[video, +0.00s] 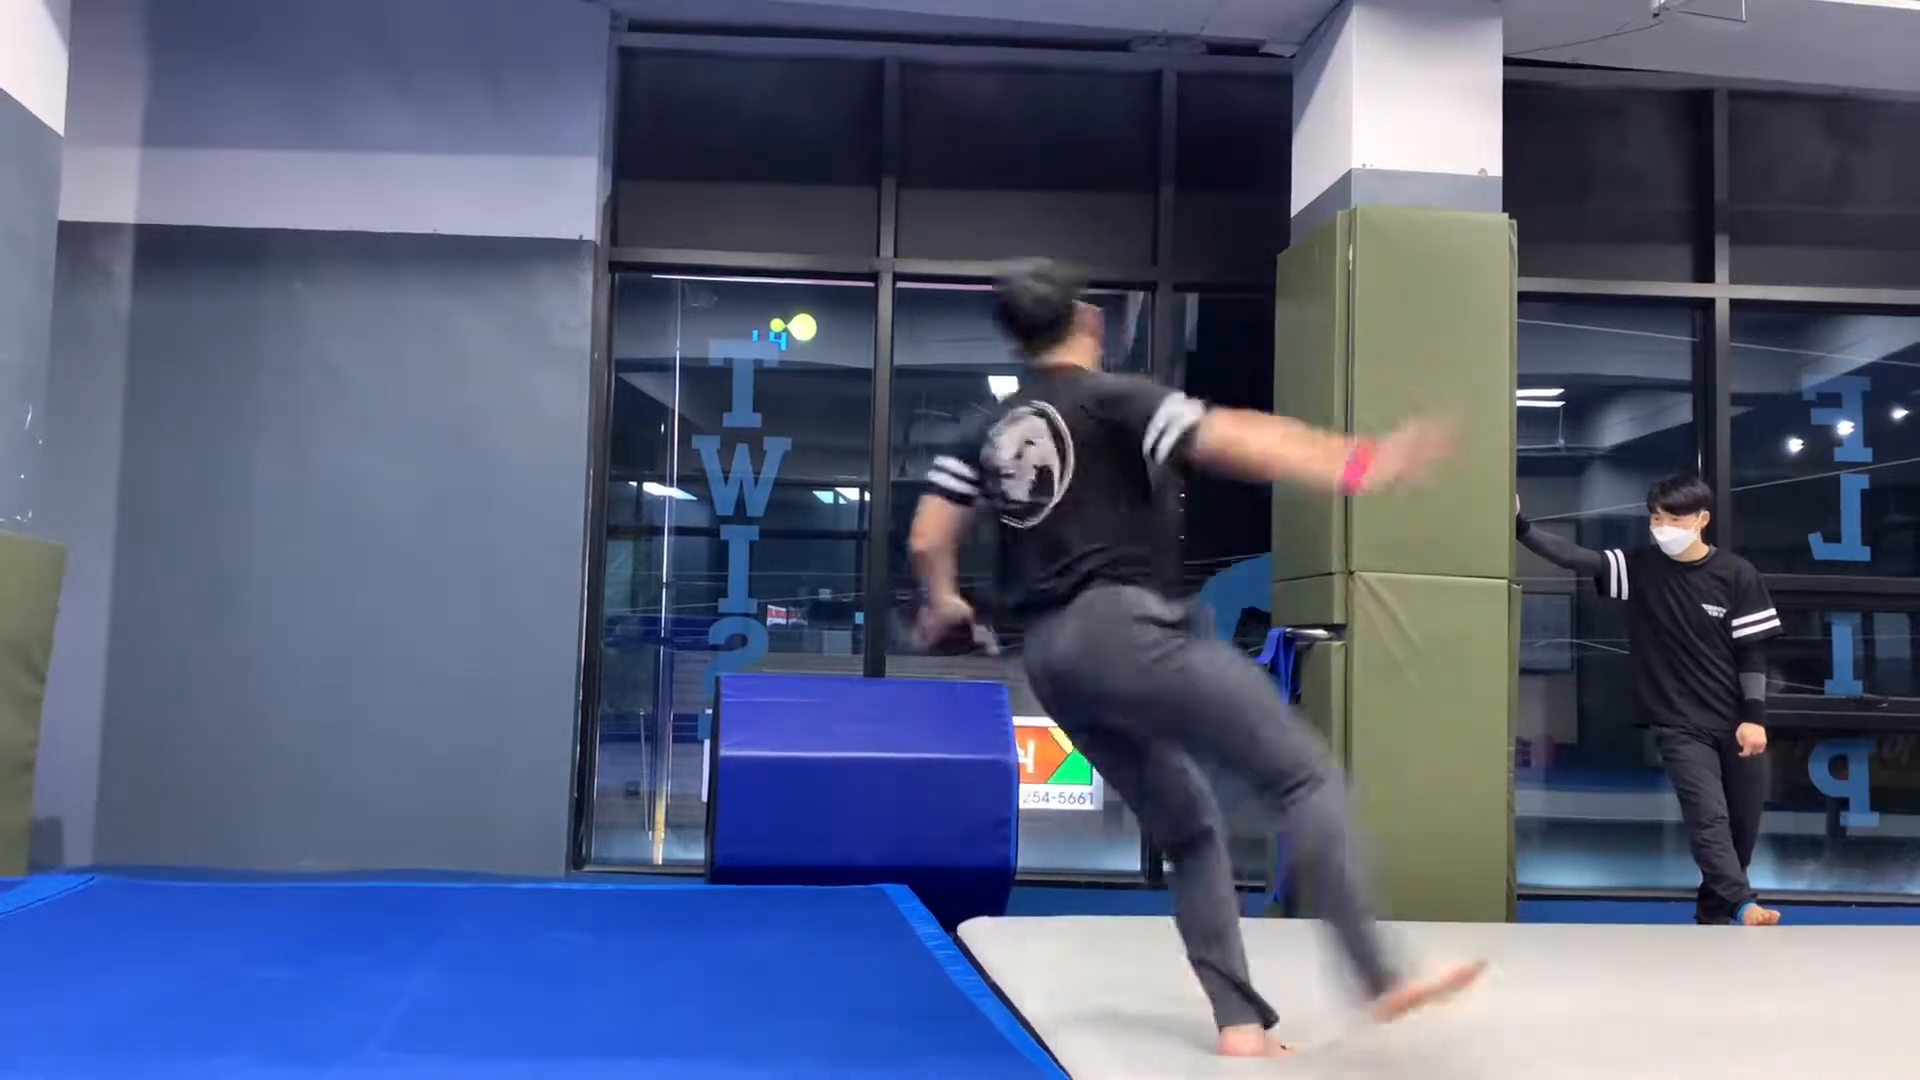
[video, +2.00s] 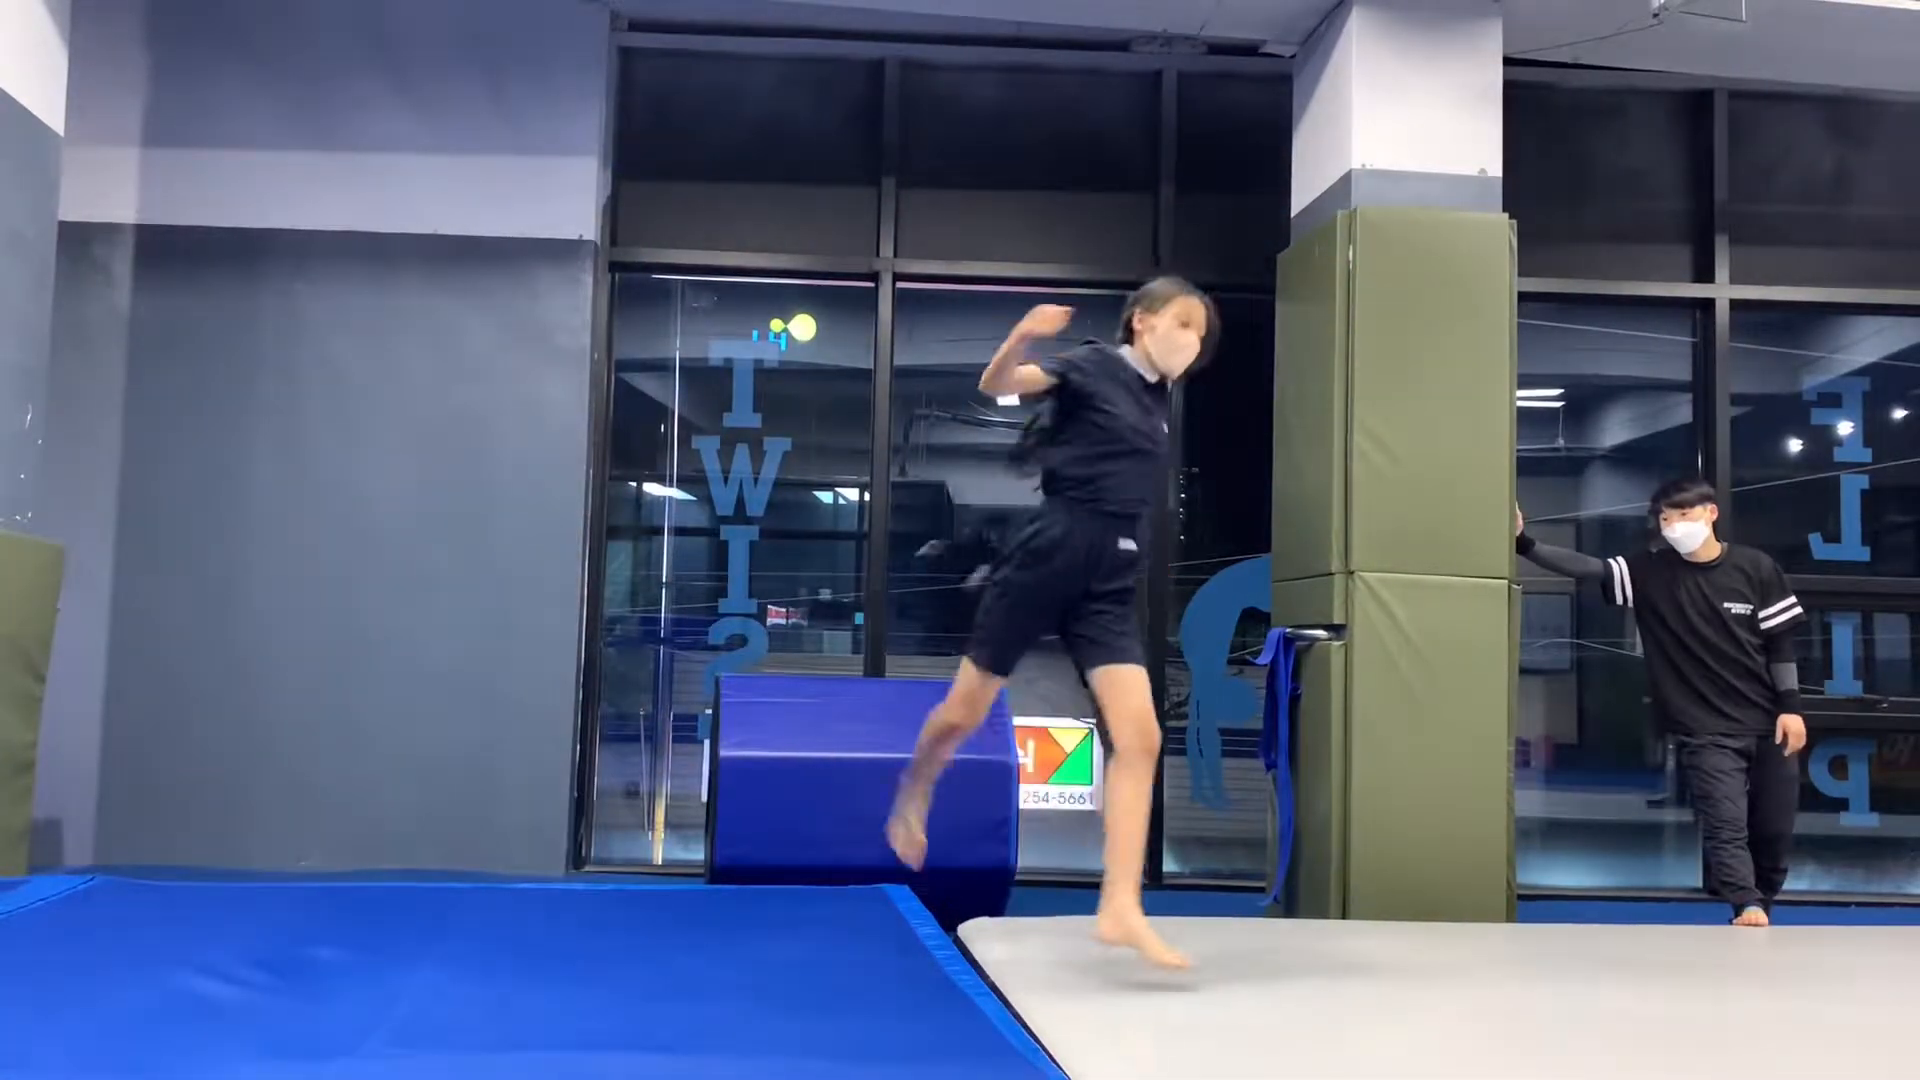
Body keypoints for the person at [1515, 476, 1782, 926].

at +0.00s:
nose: (1657, 529)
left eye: (1668, 522)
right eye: (1654, 520)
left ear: (1700, 521)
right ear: (1650, 517)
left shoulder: (1737, 575)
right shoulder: (1640, 566)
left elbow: (1751, 653)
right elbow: (1577, 557)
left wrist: (1753, 717)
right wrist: (1522, 527)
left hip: (1734, 720)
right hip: (1678, 720)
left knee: (1744, 823)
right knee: (1707, 813)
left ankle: (1711, 912)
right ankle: (1743, 904)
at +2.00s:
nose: (1671, 523)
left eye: (1681, 512)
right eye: (1664, 516)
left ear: (1710, 513)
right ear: (1658, 522)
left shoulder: (1756, 569)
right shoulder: (1650, 571)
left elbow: (1781, 644)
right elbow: (1588, 568)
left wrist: (1790, 707)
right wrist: (1525, 543)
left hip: (1767, 724)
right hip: (1704, 727)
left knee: (1776, 829)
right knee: (1725, 819)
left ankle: (1760, 901)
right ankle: (1746, 907)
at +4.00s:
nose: (1671, 523)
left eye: (1682, 513)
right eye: (1665, 515)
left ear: (1711, 513)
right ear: (1659, 521)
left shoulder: (1755, 568)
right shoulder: (1649, 569)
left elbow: (1780, 643)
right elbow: (1588, 567)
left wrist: (1790, 706)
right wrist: (1525, 543)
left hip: (1765, 722)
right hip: (1703, 725)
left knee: (1775, 826)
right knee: (1725, 817)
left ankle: (1760, 897)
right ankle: (1746, 906)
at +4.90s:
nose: (1664, 512)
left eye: (1676, 503)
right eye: (1657, 504)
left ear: (1701, 508)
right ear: (1649, 512)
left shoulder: (1738, 565)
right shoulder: (1633, 560)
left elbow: (1787, 615)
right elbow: (1577, 551)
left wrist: (1770, 669)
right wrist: (1524, 527)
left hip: (1731, 718)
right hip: (1666, 721)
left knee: (1747, 823)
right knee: (1682, 832)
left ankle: (1685, 898)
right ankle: (1714, 928)